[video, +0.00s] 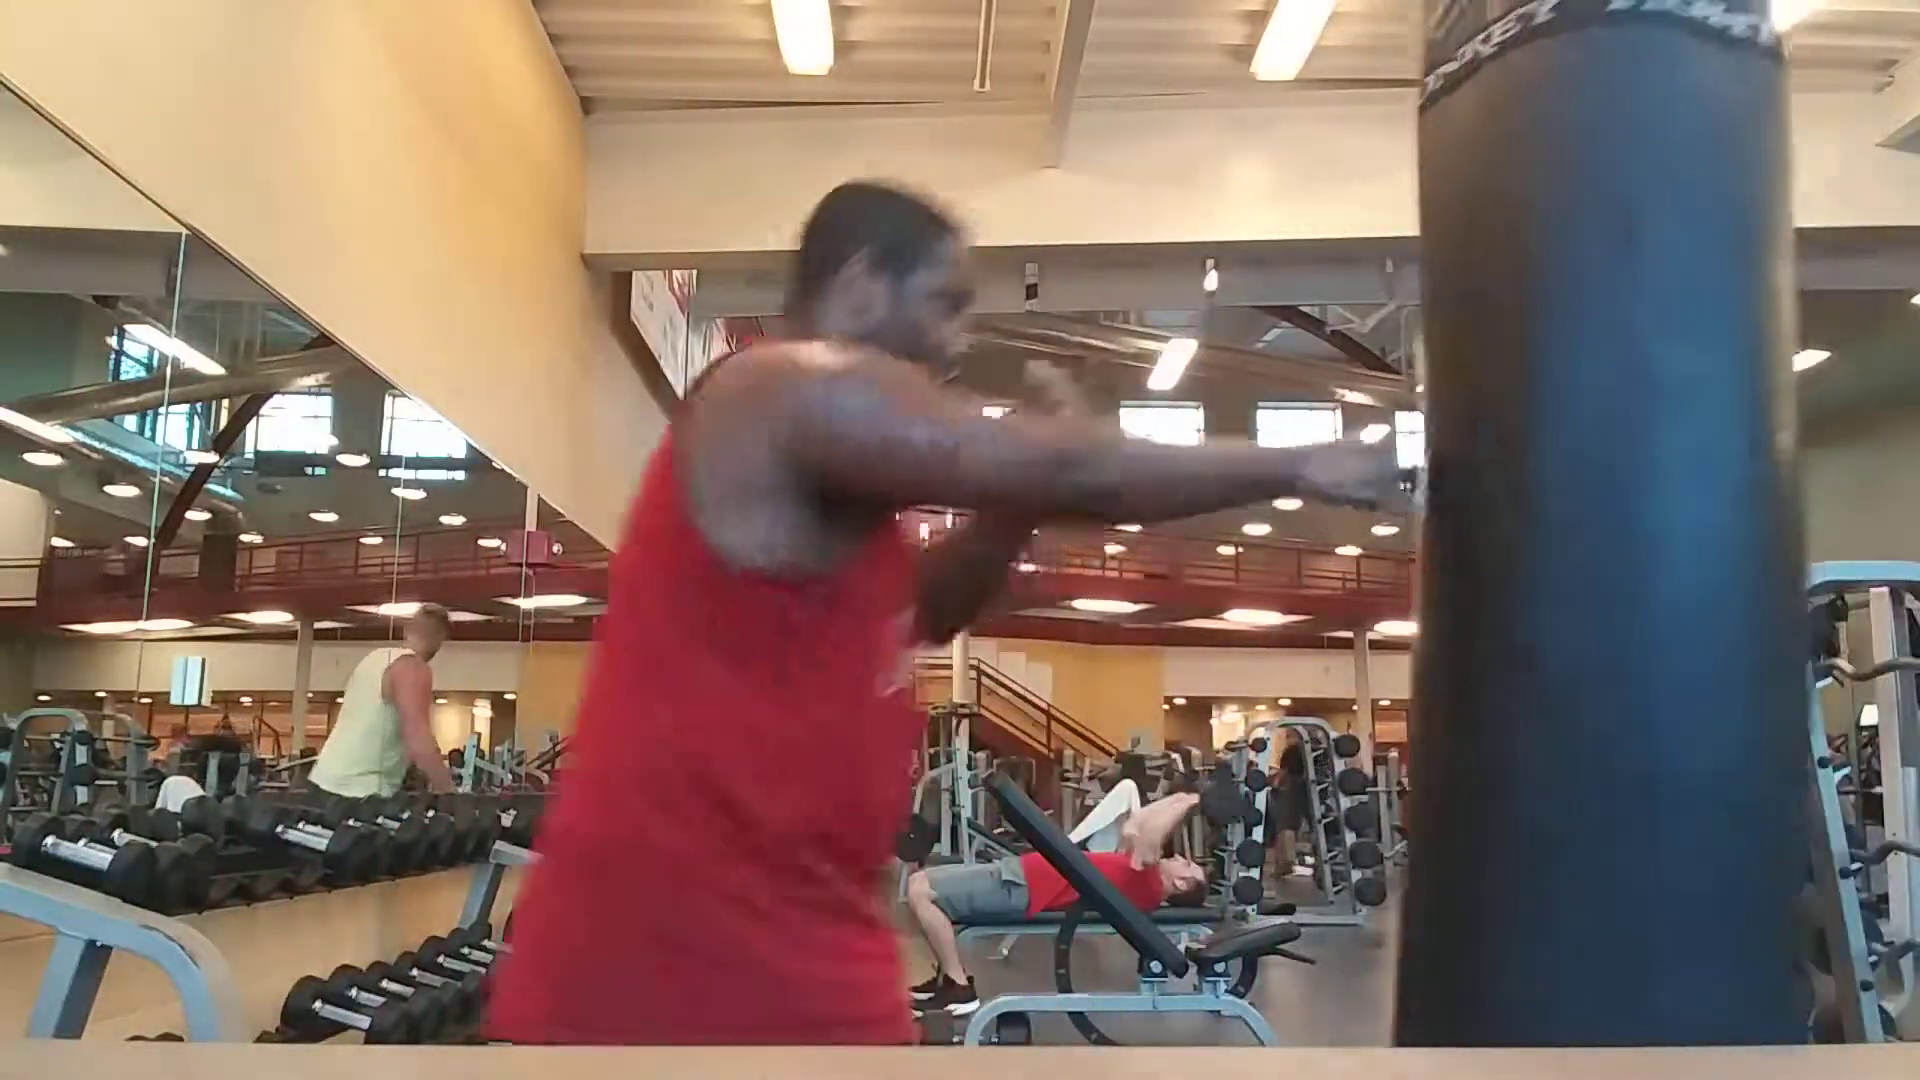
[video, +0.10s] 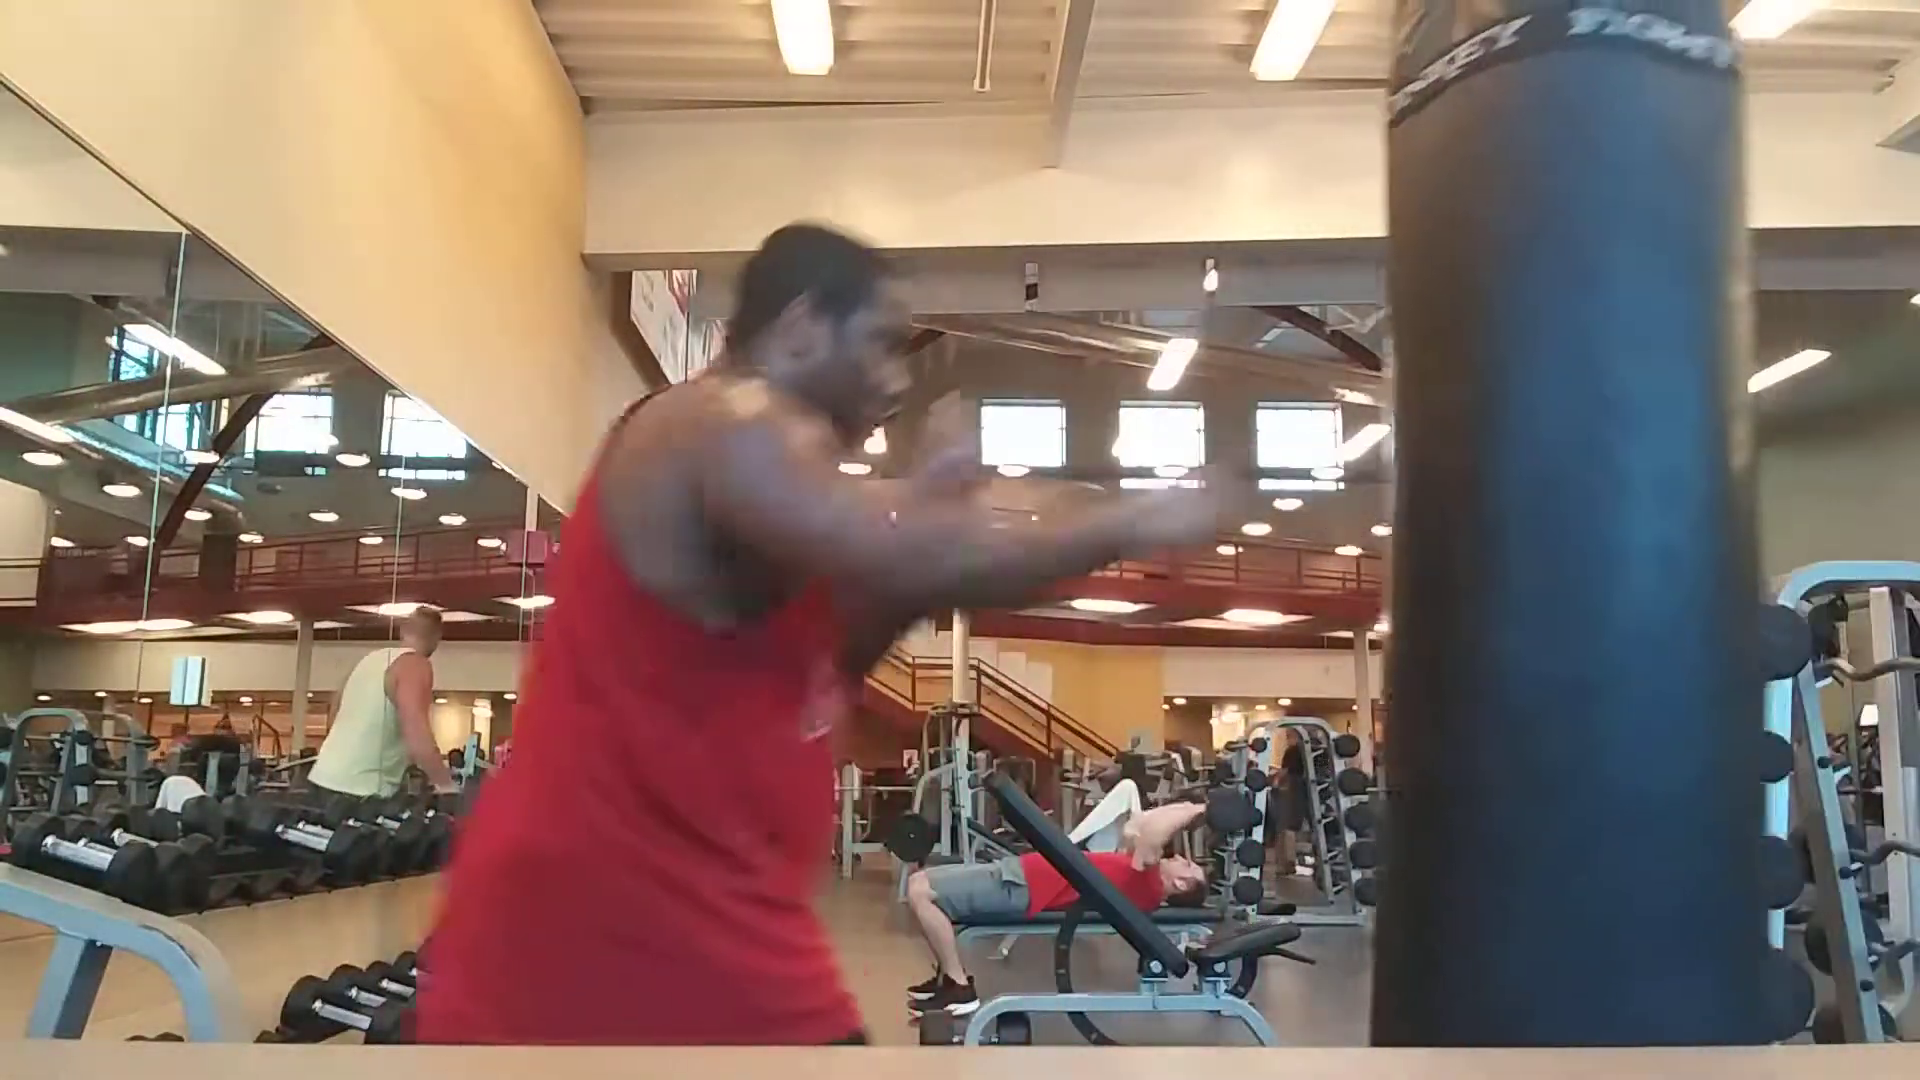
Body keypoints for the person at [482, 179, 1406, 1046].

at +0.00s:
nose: (957, 341)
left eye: (961, 314)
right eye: (943, 306)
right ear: (855, 282)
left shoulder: (814, 442)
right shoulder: (777, 390)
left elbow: (926, 608)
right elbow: (1060, 467)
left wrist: (1013, 493)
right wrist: (1294, 467)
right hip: (703, 956)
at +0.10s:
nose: (901, 374)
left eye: (906, 349)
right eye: (887, 344)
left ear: (796, 327)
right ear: (806, 327)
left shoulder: (709, 436)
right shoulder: (729, 422)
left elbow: (809, 665)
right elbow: (903, 561)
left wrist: (918, 522)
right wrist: (1138, 521)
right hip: (660, 929)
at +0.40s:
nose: (757, 358)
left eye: (760, 334)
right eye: (743, 323)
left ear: (656, 307)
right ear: (665, 303)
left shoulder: (540, 411)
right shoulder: (611, 408)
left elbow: (665, 604)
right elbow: (686, 604)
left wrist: (778, 513)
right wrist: (892, 601)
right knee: (696, 1057)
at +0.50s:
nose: (751, 377)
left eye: (753, 350)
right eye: (740, 345)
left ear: (654, 329)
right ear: (666, 326)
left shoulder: (525, 427)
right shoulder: (615, 425)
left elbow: (655, 612)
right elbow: (707, 619)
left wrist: (777, 526)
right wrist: (882, 593)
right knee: (667, 1058)